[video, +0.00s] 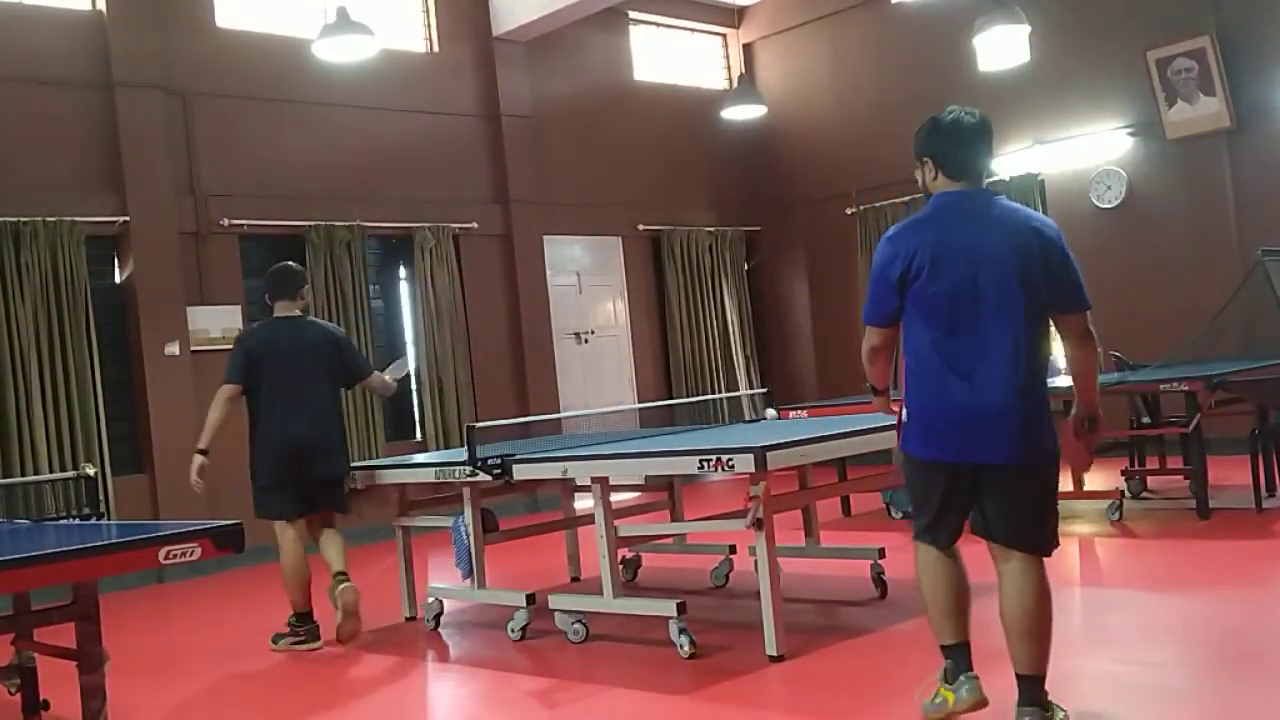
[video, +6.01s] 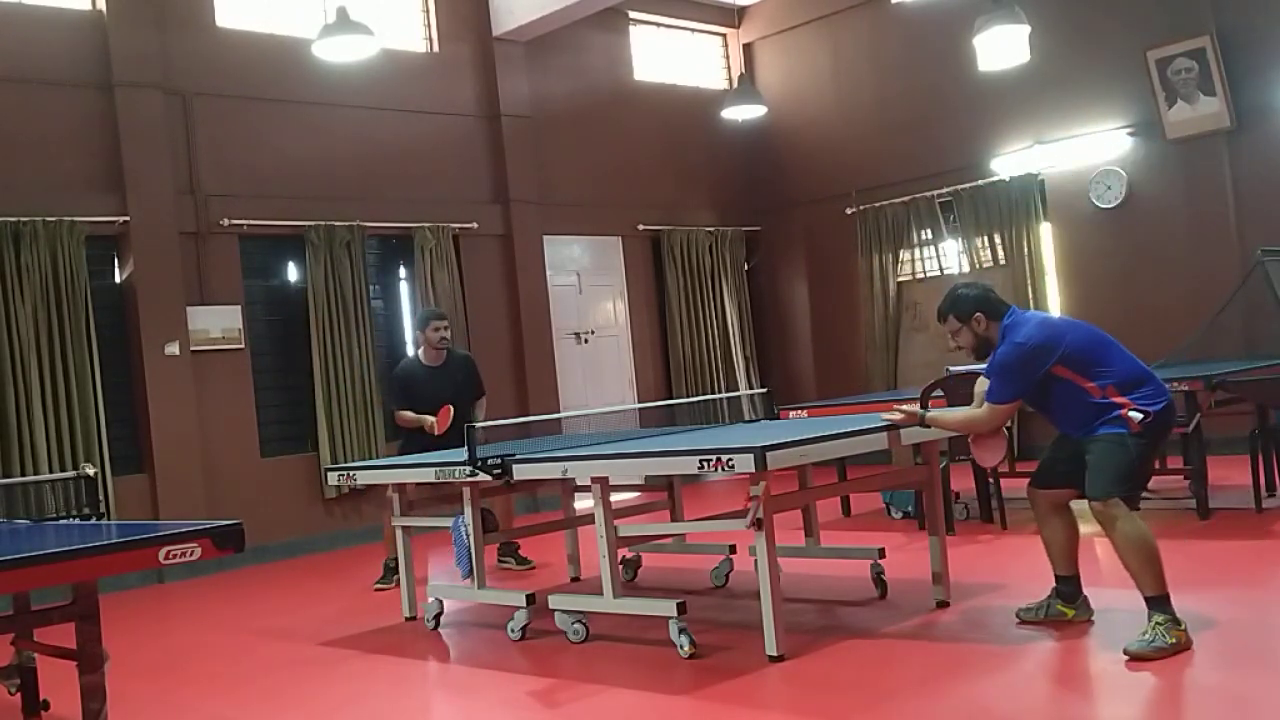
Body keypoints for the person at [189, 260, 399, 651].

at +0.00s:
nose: (309, 296)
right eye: (308, 291)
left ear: (268, 297)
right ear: (305, 295)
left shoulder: (251, 340)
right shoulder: (328, 335)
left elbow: (228, 394)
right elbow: (377, 383)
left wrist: (201, 450)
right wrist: (390, 380)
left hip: (275, 452)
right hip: (324, 447)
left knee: (288, 531)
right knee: (326, 523)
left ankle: (304, 625)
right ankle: (341, 581)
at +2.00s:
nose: (445, 310)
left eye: (447, 304)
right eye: (438, 306)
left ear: (452, 307)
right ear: (424, 313)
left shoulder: (468, 342)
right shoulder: (411, 349)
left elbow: (487, 373)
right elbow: (385, 384)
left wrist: (488, 384)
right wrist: (407, 392)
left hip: (465, 435)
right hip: (427, 438)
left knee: (477, 493)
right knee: (426, 500)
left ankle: (497, 548)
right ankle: (416, 561)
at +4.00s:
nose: (423, 314)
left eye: (425, 309)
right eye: (415, 311)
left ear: (430, 312)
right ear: (402, 318)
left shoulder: (450, 343)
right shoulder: (390, 357)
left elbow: (465, 380)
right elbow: (378, 398)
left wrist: (469, 412)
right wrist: (398, 405)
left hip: (452, 437)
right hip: (410, 444)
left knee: (478, 494)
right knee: (401, 502)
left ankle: (503, 549)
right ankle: (390, 562)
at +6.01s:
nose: (444, 334)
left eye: (446, 329)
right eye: (437, 330)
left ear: (451, 331)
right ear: (421, 335)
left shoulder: (464, 362)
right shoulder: (405, 371)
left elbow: (479, 399)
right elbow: (400, 416)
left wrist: (478, 425)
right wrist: (423, 420)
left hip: (462, 448)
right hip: (418, 452)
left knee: (503, 481)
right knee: (394, 493)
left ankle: (508, 548)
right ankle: (392, 563)